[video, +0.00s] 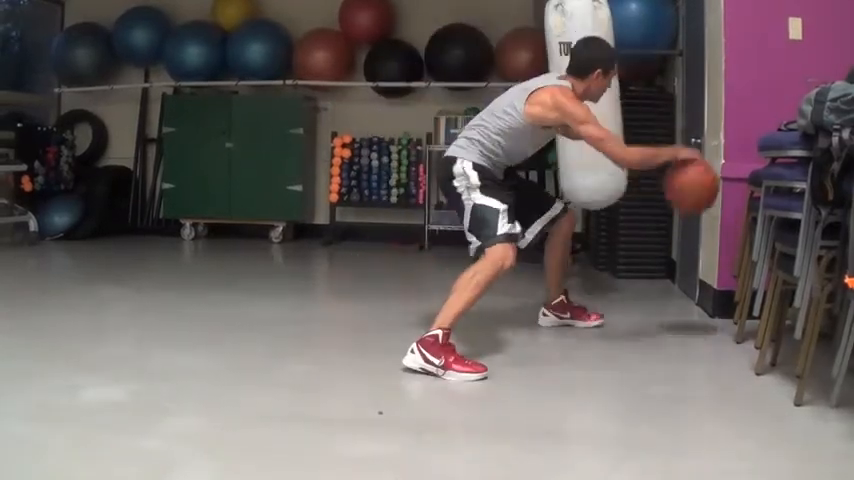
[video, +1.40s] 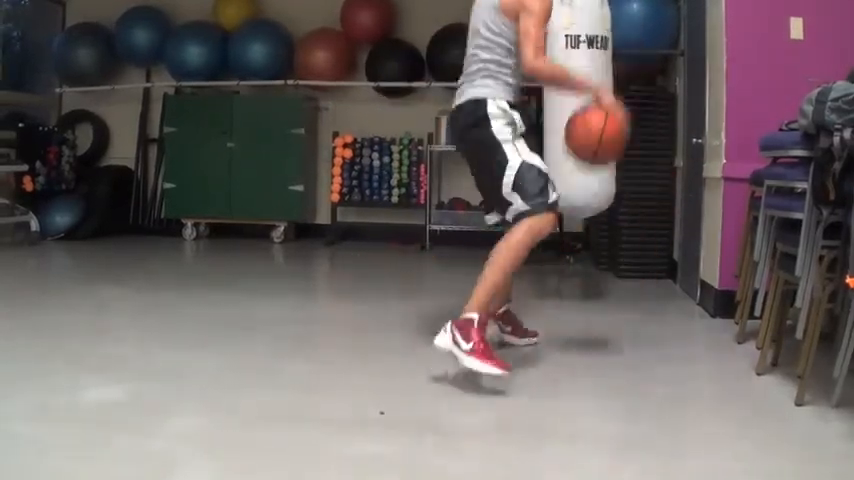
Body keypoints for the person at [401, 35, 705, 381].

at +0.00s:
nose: (608, 85)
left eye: (609, 78)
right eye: (609, 78)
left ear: (579, 69)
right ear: (595, 75)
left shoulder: (561, 91)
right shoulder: (561, 102)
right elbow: (625, 157)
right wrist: (677, 152)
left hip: (496, 169)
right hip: (468, 165)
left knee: (562, 218)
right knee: (501, 253)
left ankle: (555, 306)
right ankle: (433, 341)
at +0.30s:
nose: (621, 59)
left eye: (623, 53)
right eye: (623, 52)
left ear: (595, 41)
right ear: (615, 46)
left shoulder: (572, 64)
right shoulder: (581, 68)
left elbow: (575, 112)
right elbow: (579, 132)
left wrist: (616, 112)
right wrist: (628, 167)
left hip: (524, 153)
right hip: (505, 143)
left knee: (576, 215)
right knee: (506, 227)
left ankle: (550, 302)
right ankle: (456, 322)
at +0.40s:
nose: (621, 47)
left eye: (624, 41)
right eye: (624, 40)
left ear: (596, 26)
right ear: (615, 32)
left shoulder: (577, 50)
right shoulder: (581, 51)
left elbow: (585, 100)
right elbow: (575, 102)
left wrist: (623, 107)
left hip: (529, 136)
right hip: (511, 131)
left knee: (575, 209)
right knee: (528, 224)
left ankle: (550, 295)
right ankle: (469, 311)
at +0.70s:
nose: (621, 56)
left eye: (622, 49)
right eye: (620, 48)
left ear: (598, 45)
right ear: (605, 45)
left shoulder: (575, 67)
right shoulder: (580, 71)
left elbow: (581, 112)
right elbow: (588, 124)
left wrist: (617, 105)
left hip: (539, 159)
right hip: (520, 155)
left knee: (575, 223)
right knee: (550, 229)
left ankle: (551, 286)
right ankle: (488, 306)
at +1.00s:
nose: (601, 42)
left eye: (603, 35)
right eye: (601, 34)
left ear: (583, 26)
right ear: (589, 28)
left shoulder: (567, 58)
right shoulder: (549, 57)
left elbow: (563, 100)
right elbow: (536, 115)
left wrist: (606, 103)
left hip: (530, 156)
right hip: (506, 154)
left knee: (552, 221)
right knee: (552, 234)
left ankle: (550, 282)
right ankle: (494, 316)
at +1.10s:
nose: (586, 16)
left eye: (588, 10)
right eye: (586, 8)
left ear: (565, 3)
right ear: (572, 3)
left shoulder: (546, 28)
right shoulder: (541, 27)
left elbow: (552, 83)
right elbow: (533, 81)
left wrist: (594, 93)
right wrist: (591, 68)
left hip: (519, 136)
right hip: (501, 137)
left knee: (542, 219)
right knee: (550, 233)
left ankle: (532, 285)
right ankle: (494, 316)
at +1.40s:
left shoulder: (495, 5)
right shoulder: (532, 2)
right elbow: (532, 64)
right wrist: (591, 88)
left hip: (472, 109)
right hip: (486, 108)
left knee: (522, 215)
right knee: (540, 215)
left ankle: (495, 311)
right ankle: (468, 325)